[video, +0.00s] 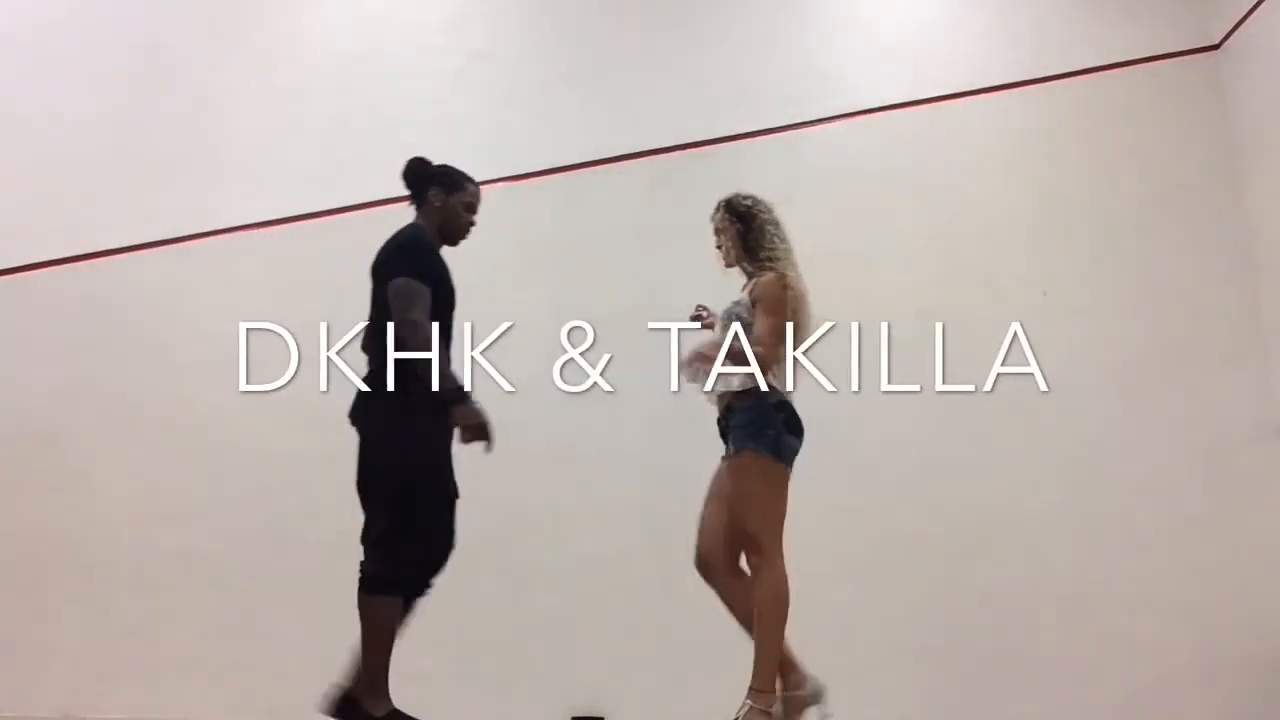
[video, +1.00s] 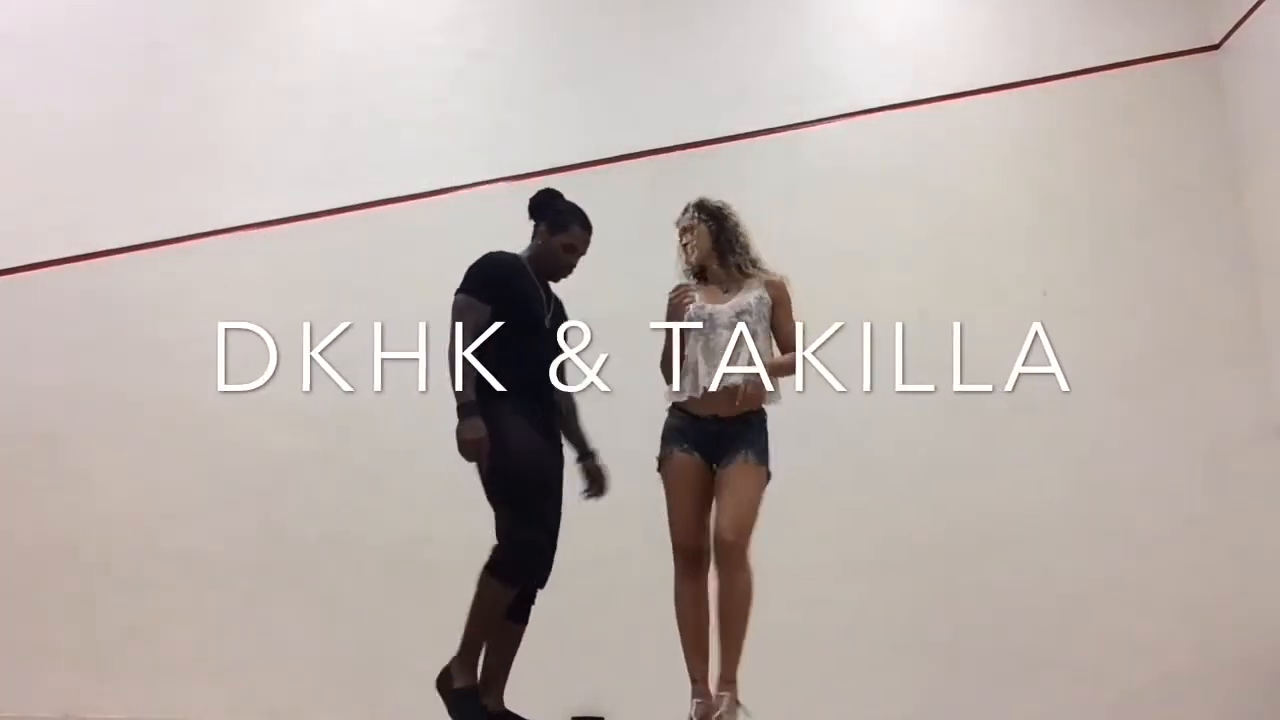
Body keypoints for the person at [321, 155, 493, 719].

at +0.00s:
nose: (474, 219)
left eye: (476, 209)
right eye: (468, 207)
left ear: (437, 204)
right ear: (435, 200)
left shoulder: (418, 253)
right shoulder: (412, 251)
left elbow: (386, 345)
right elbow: (414, 342)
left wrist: (454, 404)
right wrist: (460, 402)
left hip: (413, 429)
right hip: (398, 430)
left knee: (427, 546)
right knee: (395, 549)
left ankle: (361, 688)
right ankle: (371, 696)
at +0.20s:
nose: (502, 229)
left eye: (504, 220)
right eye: (498, 217)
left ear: (471, 211)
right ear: (465, 207)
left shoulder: (448, 260)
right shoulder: (435, 255)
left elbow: (446, 348)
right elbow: (441, 342)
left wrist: (483, 406)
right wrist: (484, 401)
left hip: (447, 435)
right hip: (419, 434)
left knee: (462, 560)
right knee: (406, 560)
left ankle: (483, 697)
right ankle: (376, 702)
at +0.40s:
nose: (527, 239)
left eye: (531, 230)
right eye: (524, 227)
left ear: (496, 221)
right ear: (493, 215)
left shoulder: (480, 267)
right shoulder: (461, 259)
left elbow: (473, 355)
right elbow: (449, 342)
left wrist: (491, 422)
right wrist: (464, 413)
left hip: (479, 427)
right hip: (448, 427)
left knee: (507, 554)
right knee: (426, 555)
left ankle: (490, 696)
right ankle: (379, 698)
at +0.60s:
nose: (548, 255)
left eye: (553, 247)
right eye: (545, 242)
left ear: (529, 235)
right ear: (514, 225)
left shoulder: (508, 285)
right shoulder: (479, 264)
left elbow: (501, 369)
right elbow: (452, 339)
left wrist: (518, 436)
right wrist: (456, 414)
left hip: (517, 438)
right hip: (485, 433)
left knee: (515, 564)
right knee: (471, 555)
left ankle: (488, 701)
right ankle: (387, 690)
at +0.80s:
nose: (563, 262)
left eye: (569, 253)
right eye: (560, 249)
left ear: (556, 245)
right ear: (532, 232)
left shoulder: (534, 301)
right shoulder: (489, 269)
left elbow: (528, 381)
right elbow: (457, 347)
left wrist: (542, 440)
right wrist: (470, 417)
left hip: (533, 441)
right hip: (499, 435)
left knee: (524, 564)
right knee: (514, 557)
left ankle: (489, 699)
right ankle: (443, 684)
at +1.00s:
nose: (575, 261)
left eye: (581, 253)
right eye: (570, 249)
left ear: (575, 248)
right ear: (541, 233)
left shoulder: (553, 308)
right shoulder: (498, 269)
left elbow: (557, 387)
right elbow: (460, 341)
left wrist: (585, 453)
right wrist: (467, 413)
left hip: (541, 439)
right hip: (503, 431)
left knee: (533, 563)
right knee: (519, 546)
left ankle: (491, 696)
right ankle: (461, 671)